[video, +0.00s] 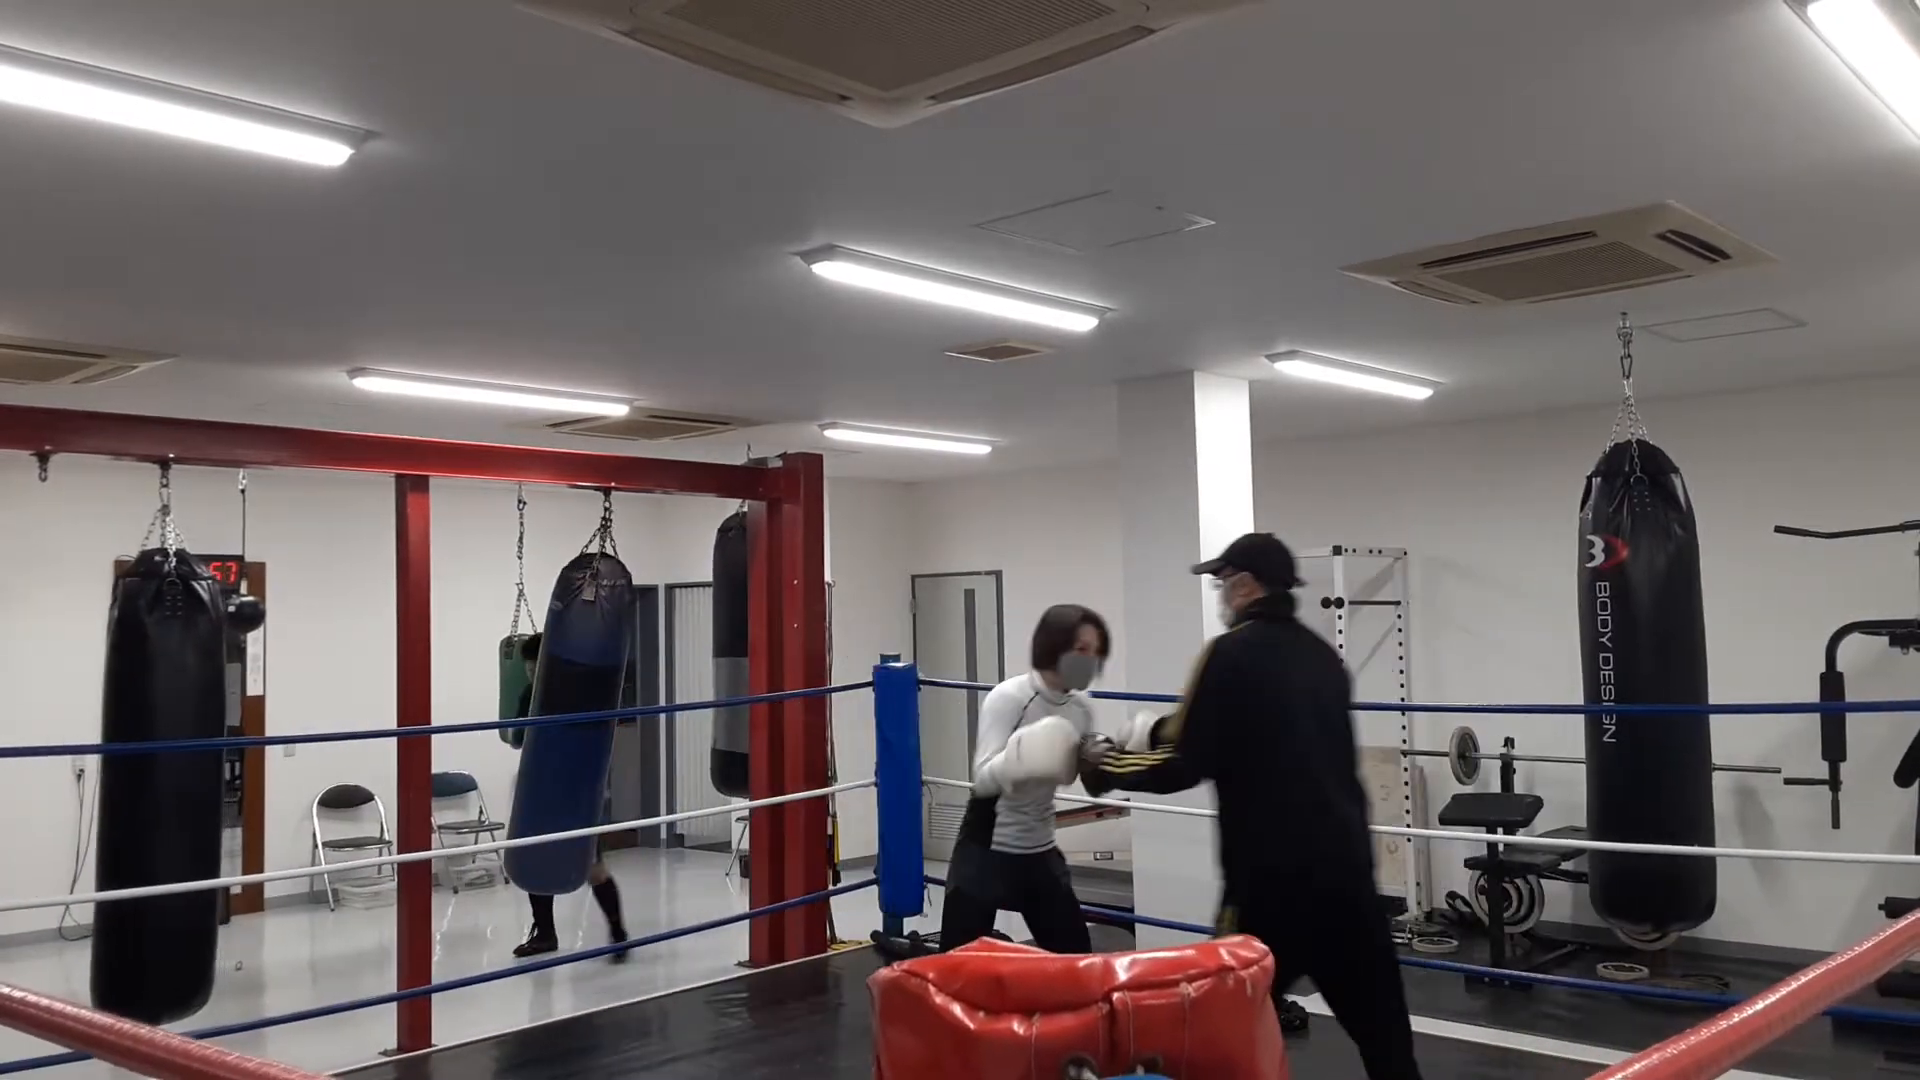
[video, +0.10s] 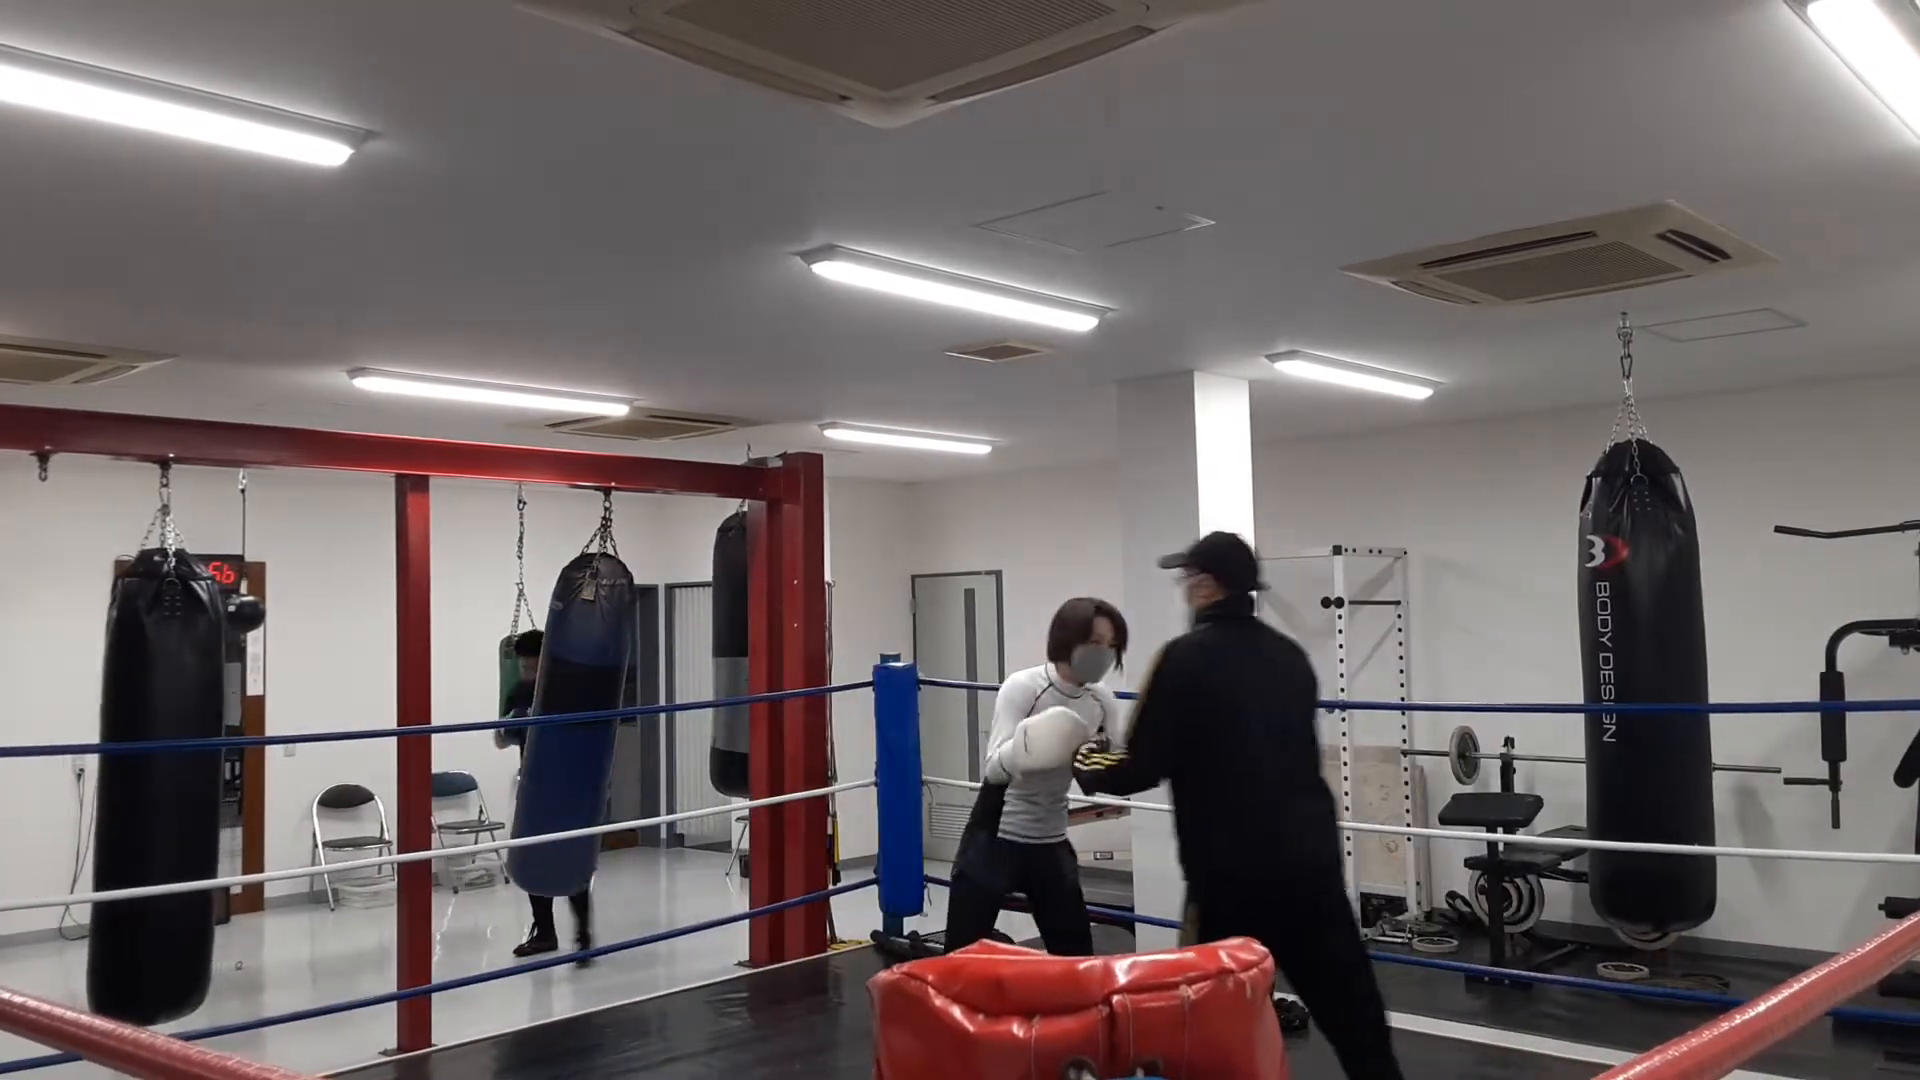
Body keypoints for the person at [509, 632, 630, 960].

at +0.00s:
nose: (531, 669)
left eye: (536, 663)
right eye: (530, 664)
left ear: (549, 663)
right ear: (531, 667)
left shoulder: (579, 685)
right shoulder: (535, 694)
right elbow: (515, 738)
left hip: (579, 776)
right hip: (541, 777)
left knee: (588, 853)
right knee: (535, 849)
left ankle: (617, 931)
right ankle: (544, 932)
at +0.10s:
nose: (526, 668)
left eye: (532, 662)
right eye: (524, 662)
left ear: (547, 660)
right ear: (520, 663)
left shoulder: (570, 689)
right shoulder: (523, 695)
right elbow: (502, 738)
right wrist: (515, 721)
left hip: (573, 780)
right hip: (536, 782)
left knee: (574, 854)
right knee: (532, 853)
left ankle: (583, 936)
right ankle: (543, 932)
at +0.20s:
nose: (526, 671)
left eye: (532, 665)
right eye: (521, 665)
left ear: (546, 662)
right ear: (515, 664)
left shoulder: (559, 690)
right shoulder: (508, 696)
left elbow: (576, 730)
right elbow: (485, 744)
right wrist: (495, 731)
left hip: (556, 781)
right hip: (523, 784)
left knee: (551, 849)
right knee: (525, 853)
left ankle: (546, 931)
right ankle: (540, 930)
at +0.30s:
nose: (527, 676)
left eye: (534, 668)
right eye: (521, 668)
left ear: (545, 666)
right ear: (511, 667)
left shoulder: (556, 695)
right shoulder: (501, 698)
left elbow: (572, 733)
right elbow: (477, 746)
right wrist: (492, 736)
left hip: (548, 788)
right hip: (515, 789)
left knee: (530, 862)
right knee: (520, 861)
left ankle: (517, 944)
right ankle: (545, 931)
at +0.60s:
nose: (509, 672)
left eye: (517, 665)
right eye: (502, 665)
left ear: (531, 662)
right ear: (494, 663)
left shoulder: (543, 696)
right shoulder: (481, 693)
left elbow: (566, 743)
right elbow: (457, 739)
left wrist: (534, 742)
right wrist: (479, 736)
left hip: (524, 796)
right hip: (484, 794)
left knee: (516, 876)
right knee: (466, 874)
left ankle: (512, 953)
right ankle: (495, 927)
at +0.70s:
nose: (502, 671)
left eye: (509, 663)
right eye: (495, 664)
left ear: (523, 660)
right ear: (487, 663)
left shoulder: (538, 696)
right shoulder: (476, 693)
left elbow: (556, 746)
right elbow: (451, 741)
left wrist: (525, 740)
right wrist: (475, 735)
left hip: (519, 797)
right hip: (478, 795)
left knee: (516, 876)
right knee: (455, 872)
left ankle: (512, 954)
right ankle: (462, 947)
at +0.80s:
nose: (495, 673)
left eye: (502, 666)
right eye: (488, 666)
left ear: (513, 663)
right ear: (478, 665)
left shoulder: (529, 697)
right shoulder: (467, 696)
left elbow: (548, 747)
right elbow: (446, 745)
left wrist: (520, 741)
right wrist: (468, 737)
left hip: (511, 800)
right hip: (470, 800)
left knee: (512, 879)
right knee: (450, 878)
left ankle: (512, 955)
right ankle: (433, 966)